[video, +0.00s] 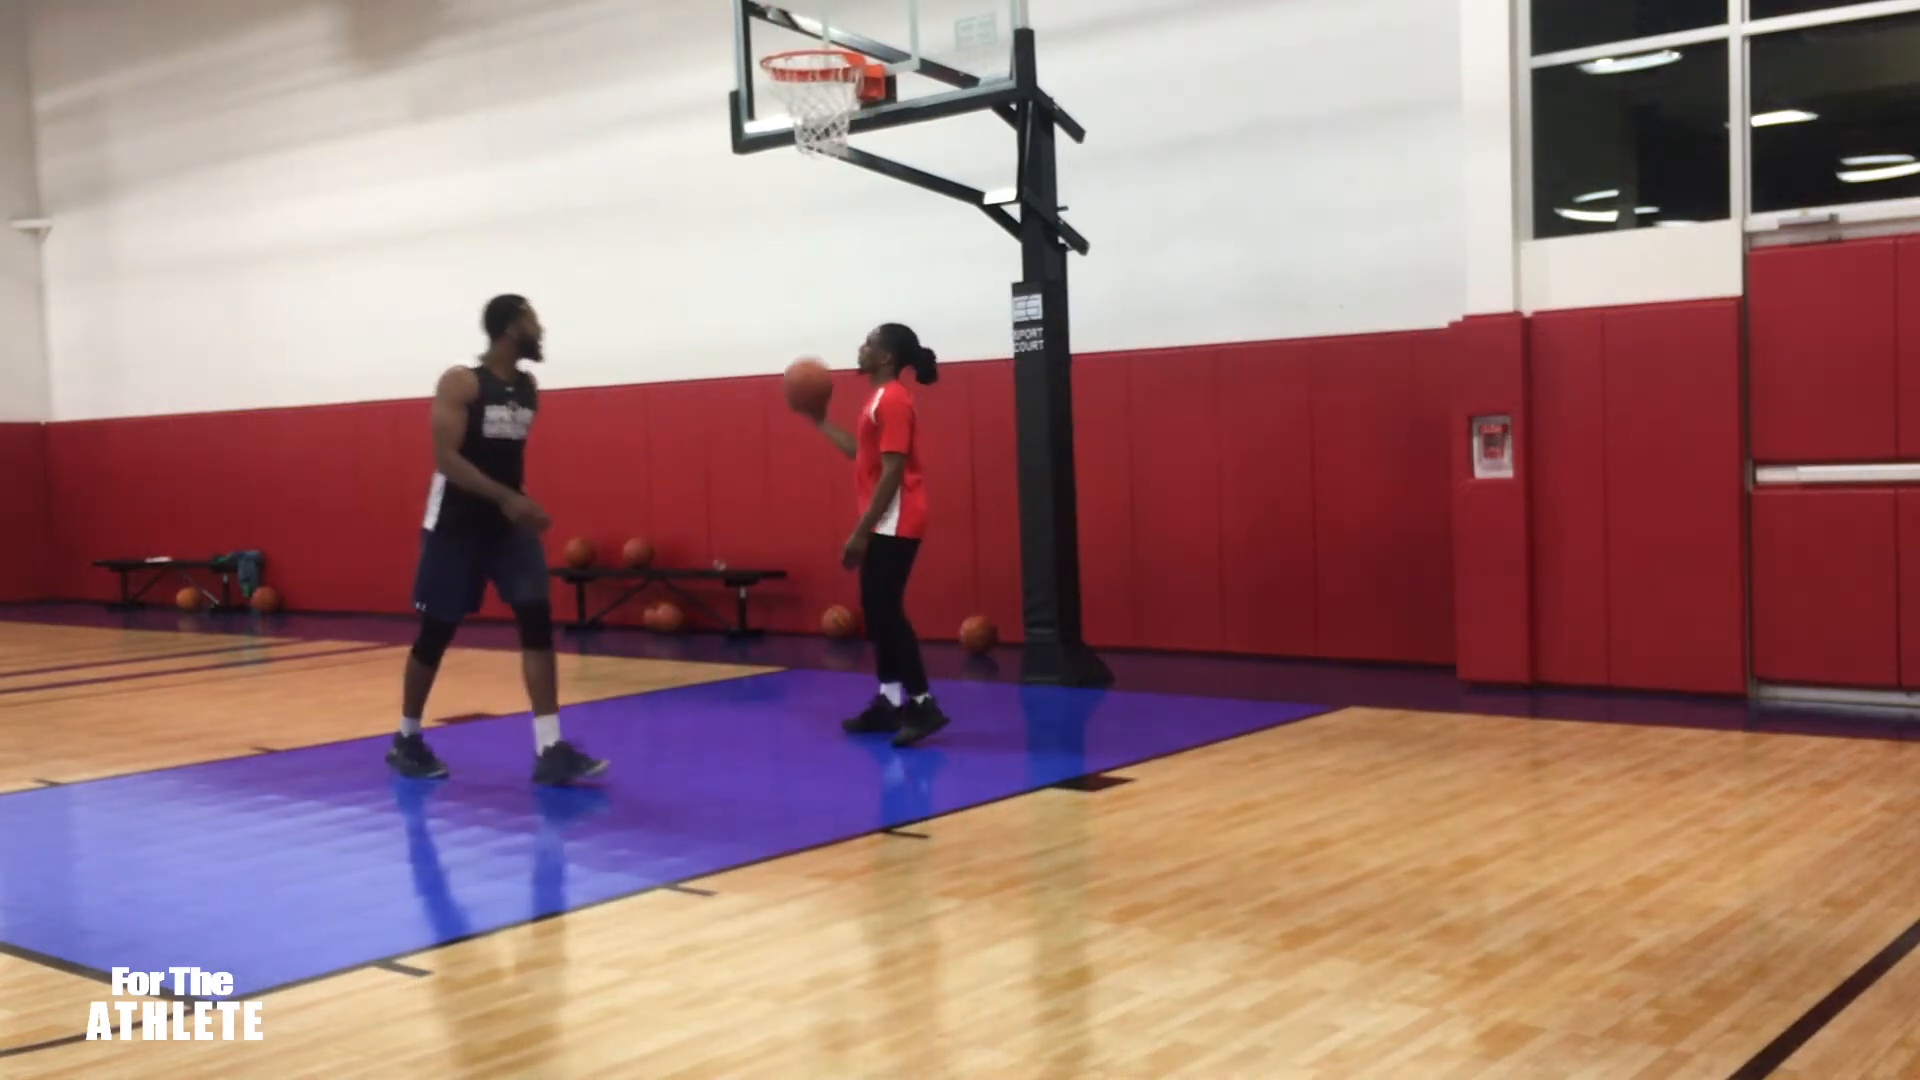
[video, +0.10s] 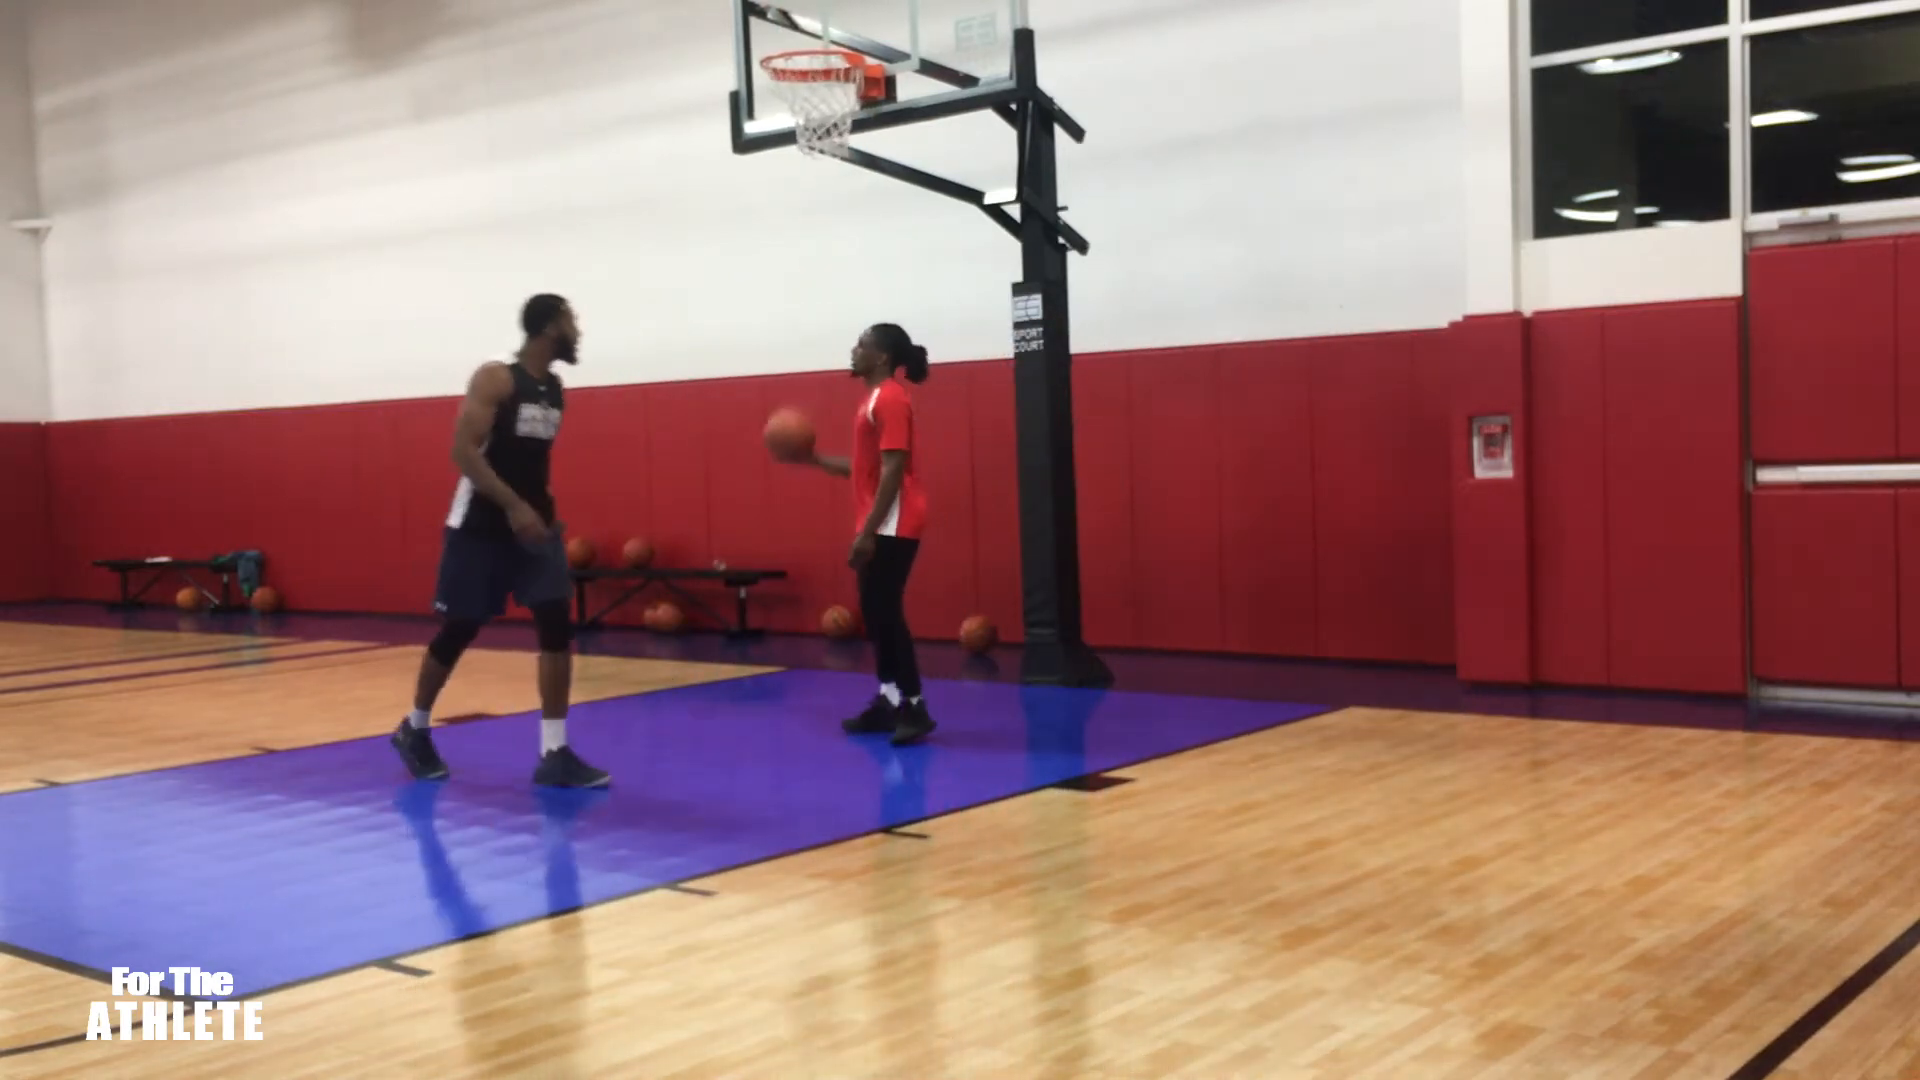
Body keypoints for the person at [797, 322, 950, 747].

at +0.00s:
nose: (860, 349)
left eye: (868, 344)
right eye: (864, 342)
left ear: (887, 357)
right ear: (884, 358)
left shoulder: (894, 399)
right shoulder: (877, 399)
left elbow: (893, 470)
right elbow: (858, 451)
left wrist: (862, 531)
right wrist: (819, 420)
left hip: (897, 522)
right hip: (882, 521)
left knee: (886, 609)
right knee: (878, 609)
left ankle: (922, 703)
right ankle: (890, 700)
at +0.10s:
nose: (853, 351)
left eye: (861, 346)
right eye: (856, 344)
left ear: (883, 357)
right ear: (878, 357)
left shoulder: (891, 398)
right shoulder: (874, 399)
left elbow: (893, 469)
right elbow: (865, 468)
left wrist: (868, 531)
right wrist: (812, 458)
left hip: (896, 525)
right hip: (880, 524)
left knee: (885, 610)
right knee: (875, 611)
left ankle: (913, 705)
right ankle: (888, 698)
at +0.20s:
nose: (848, 353)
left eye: (857, 347)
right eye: (851, 346)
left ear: (881, 358)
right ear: (872, 358)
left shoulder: (890, 397)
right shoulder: (870, 399)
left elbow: (893, 466)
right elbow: (865, 474)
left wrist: (876, 530)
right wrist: (817, 492)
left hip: (892, 527)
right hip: (872, 526)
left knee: (889, 613)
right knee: (876, 613)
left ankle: (915, 706)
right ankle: (889, 698)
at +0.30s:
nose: (845, 354)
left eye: (853, 348)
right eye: (847, 347)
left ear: (878, 357)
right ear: (868, 357)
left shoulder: (891, 397)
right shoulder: (866, 399)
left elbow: (900, 467)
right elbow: (873, 467)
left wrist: (881, 529)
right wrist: (845, 498)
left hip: (893, 529)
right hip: (868, 529)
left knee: (899, 616)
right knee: (877, 616)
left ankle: (920, 706)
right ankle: (889, 699)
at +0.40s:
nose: (844, 354)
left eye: (852, 348)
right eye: (846, 347)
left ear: (878, 357)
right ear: (865, 357)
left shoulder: (893, 397)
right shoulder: (861, 401)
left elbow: (906, 465)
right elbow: (869, 465)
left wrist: (886, 527)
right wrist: (848, 501)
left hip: (898, 530)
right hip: (867, 531)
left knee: (909, 617)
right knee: (879, 618)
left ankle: (925, 707)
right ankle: (889, 701)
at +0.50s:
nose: (847, 355)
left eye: (855, 348)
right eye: (848, 348)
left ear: (880, 355)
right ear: (867, 355)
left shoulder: (897, 398)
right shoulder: (864, 401)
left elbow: (911, 465)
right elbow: (872, 469)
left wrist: (893, 528)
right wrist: (845, 502)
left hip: (900, 530)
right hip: (868, 531)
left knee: (912, 618)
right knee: (879, 619)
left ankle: (927, 706)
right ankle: (888, 702)